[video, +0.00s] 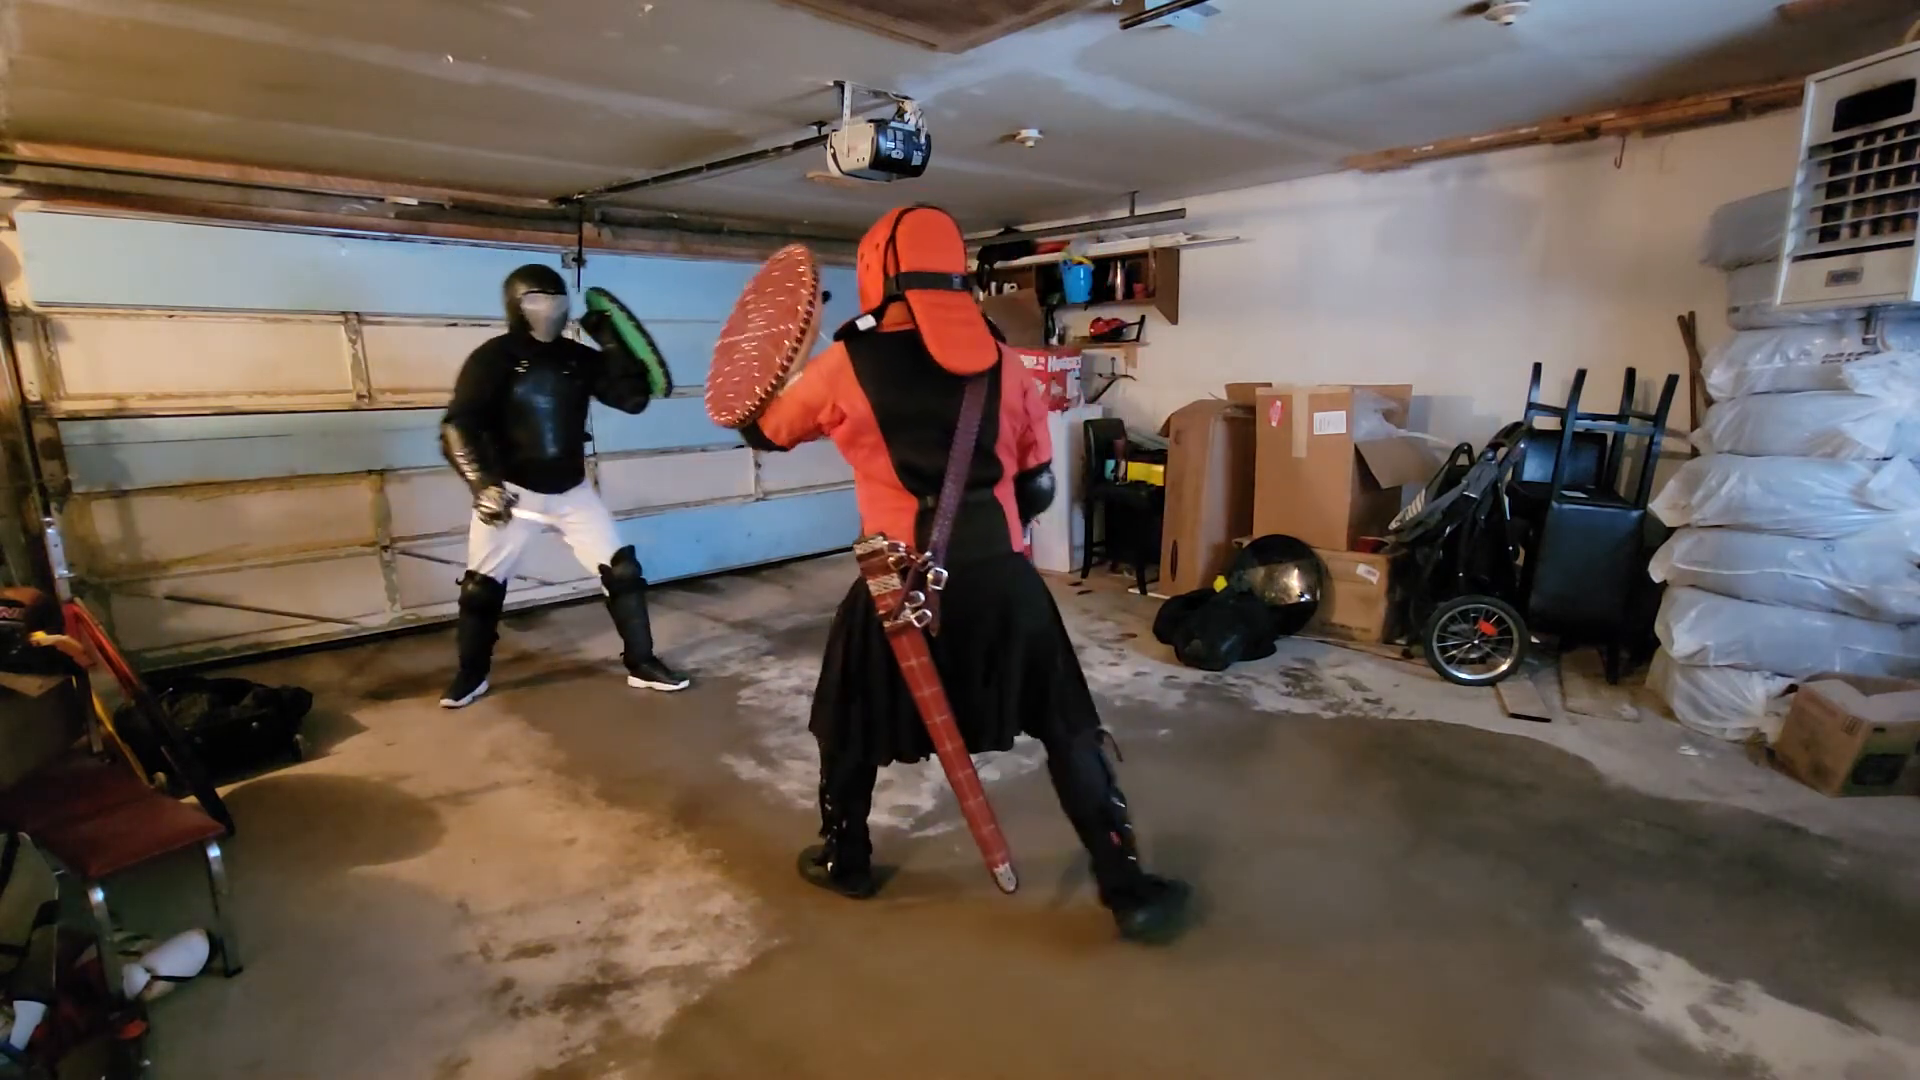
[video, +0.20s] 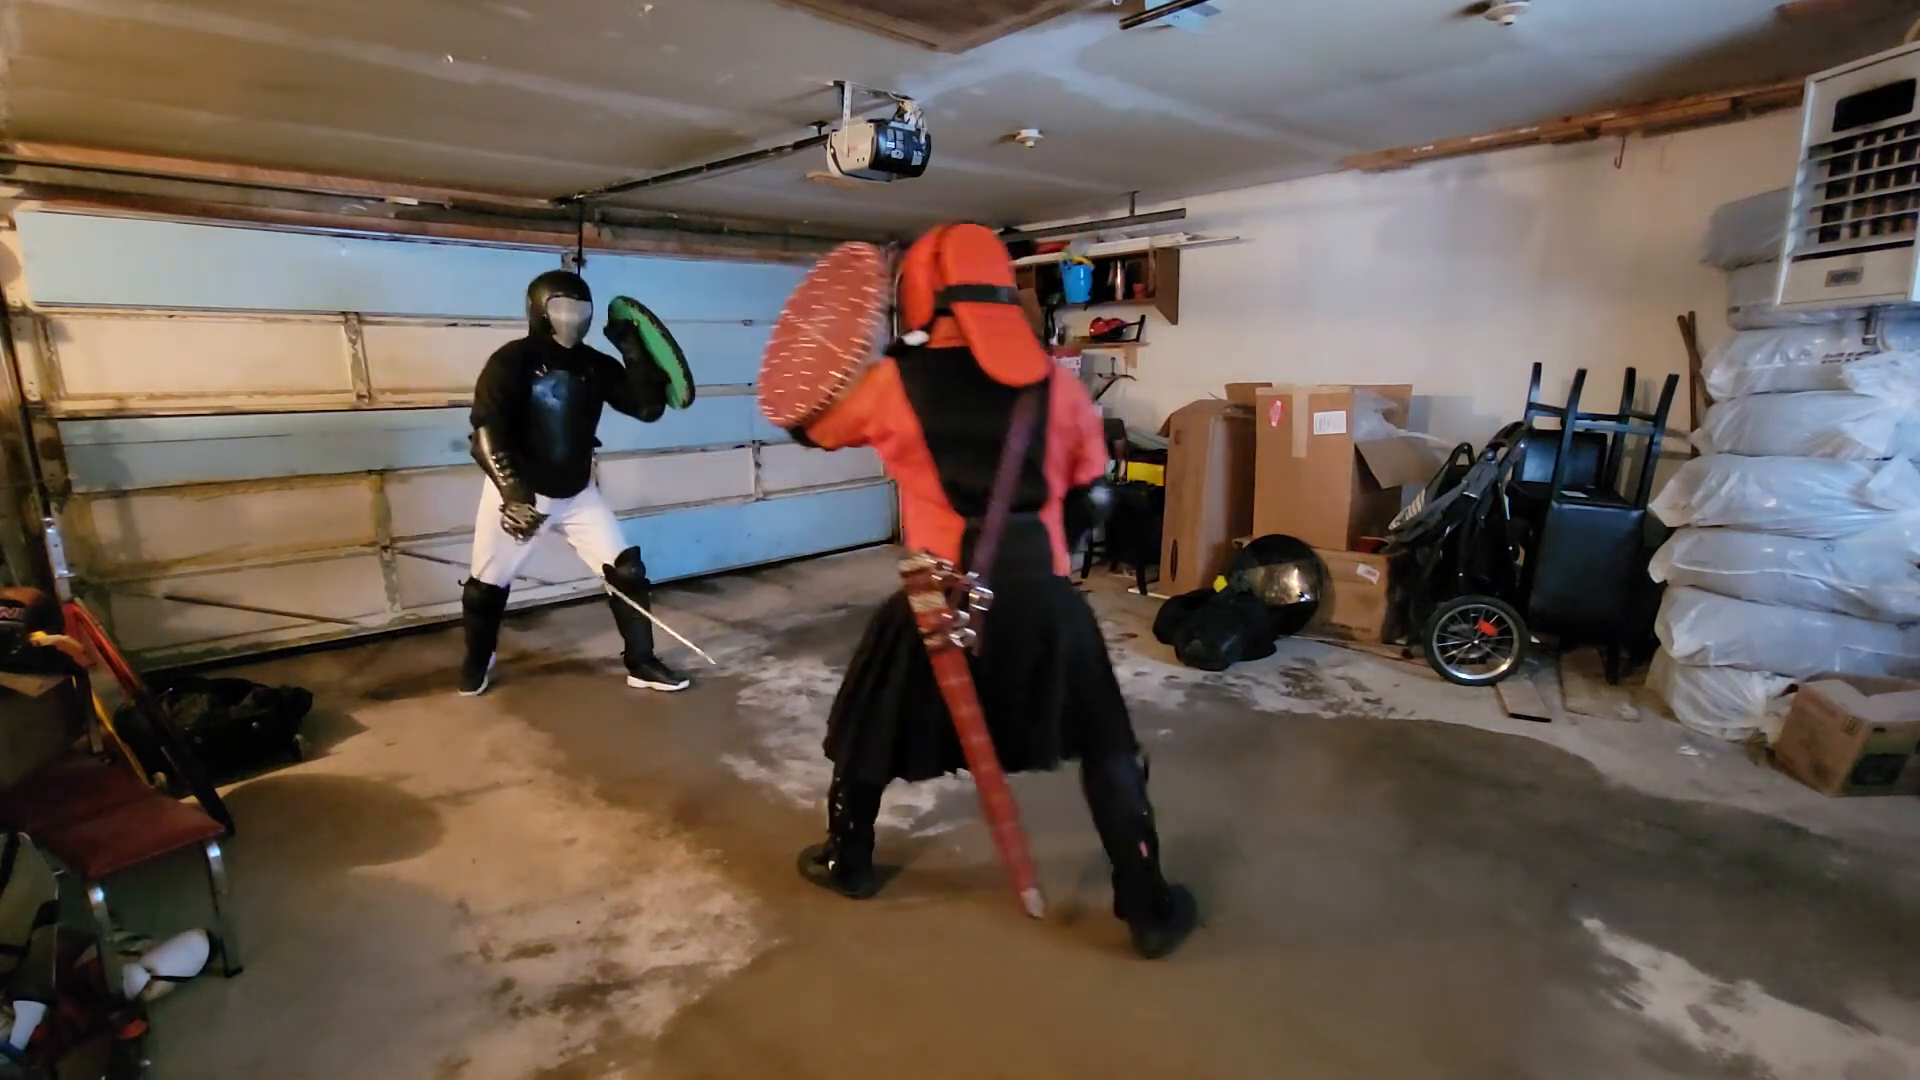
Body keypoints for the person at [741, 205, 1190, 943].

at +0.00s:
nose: (860, 284)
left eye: (865, 272)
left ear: (878, 277)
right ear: (957, 274)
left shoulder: (847, 364)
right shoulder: (1008, 367)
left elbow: (768, 428)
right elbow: (1035, 491)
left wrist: (780, 366)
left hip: (897, 582)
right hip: (999, 576)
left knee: (849, 714)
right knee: (1067, 721)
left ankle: (846, 854)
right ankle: (1127, 886)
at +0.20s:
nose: (902, 305)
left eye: (907, 293)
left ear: (919, 298)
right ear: (1007, 291)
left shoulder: (897, 383)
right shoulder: (1056, 382)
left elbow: (815, 429)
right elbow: (1090, 481)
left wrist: (825, 336)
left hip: (939, 599)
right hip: (1044, 596)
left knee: (870, 719)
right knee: (1105, 738)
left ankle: (850, 857)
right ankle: (1148, 907)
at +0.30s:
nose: (948, 305)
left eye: (951, 293)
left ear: (959, 298)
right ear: (1040, 297)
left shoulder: (927, 384)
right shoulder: (1093, 390)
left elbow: (847, 431)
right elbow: (1132, 509)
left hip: (962, 611)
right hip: (1073, 610)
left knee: (887, 726)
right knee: (1124, 745)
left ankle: (851, 856)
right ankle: (1151, 908)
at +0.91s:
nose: (947, 288)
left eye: (954, 277)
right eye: (950, 276)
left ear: (973, 284)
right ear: (1047, 278)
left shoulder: (949, 369)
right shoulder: (1102, 363)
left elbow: (871, 445)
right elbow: (1118, 453)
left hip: (1002, 579)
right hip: (1103, 576)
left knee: (949, 699)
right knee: (1140, 724)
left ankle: (955, 853)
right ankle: (1163, 892)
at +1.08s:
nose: (946, 291)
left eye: (951, 280)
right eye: (952, 280)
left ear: (967, 285)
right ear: (1045, 279)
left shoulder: (948, 371)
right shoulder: (1098, 359)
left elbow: (866, 447)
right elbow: (1124, 446)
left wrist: (866, 364)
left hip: (1004, 572)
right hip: (1105, 564)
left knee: (951, 697)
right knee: (1156, 711)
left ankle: (955, 854)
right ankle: (1198, 871)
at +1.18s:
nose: (960, 302)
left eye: (965, 290)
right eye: (964, 290)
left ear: (983, 294)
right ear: (1060, 287)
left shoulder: (963, 377)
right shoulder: (1115, 370)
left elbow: (880, 452)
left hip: (1015, 579)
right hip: (1114, 575)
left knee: (952, 701)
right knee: (1166, 722)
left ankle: (956, 853)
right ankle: (1216, 882)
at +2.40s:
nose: (992, 303)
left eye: (999, 291)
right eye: (995, 290)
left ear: (1024, 301)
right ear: (1066, 300)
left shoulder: (1000, 371)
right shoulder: (1101, 374)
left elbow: (939, 442)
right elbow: (1106, 454)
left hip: (1033, 573)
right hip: (1113, 570)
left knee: (961, 685)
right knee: (1147, 714)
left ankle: (1001, 822)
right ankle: (1220, 839)